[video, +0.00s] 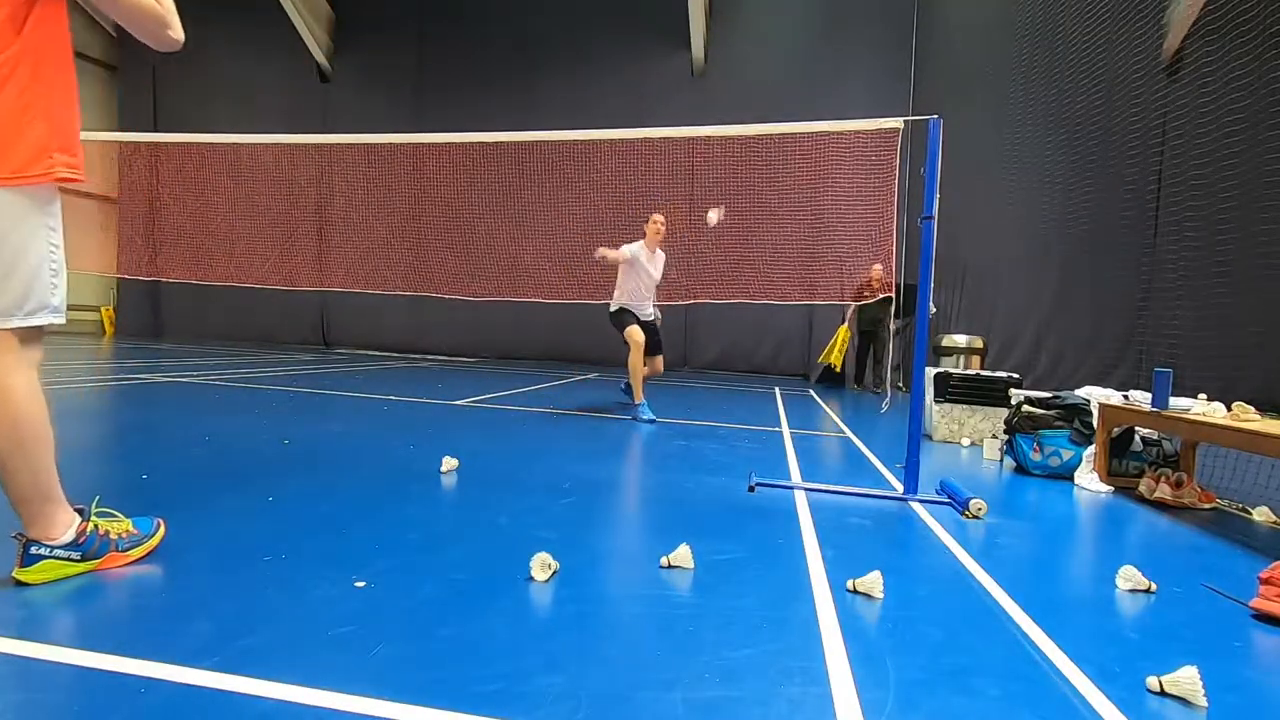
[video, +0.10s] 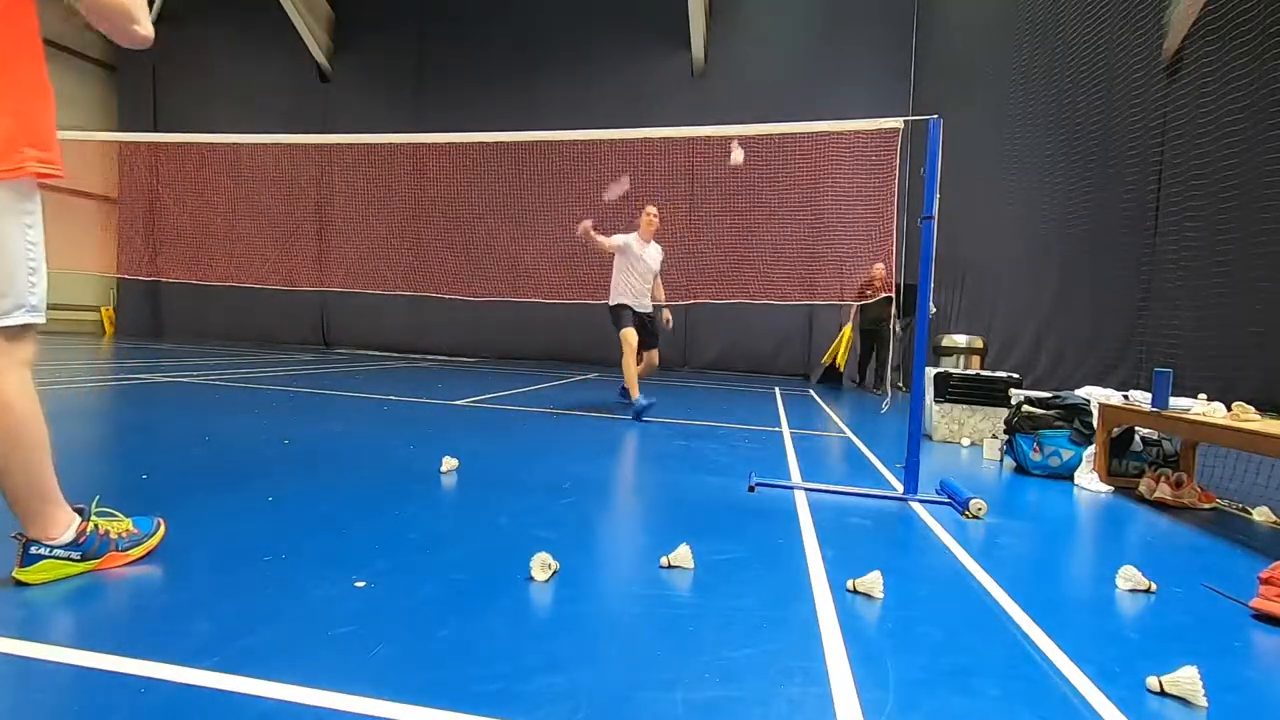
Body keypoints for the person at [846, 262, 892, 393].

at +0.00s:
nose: (877, 273)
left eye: (879, 270)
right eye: (874, 270)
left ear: (883, 273)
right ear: (870, 272)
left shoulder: (887, 288)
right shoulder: (862, 287)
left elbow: (891, 307)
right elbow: (854, 305)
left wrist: (891, 323)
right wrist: (848, 322)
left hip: (881, 327)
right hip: (864, 326)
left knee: (878, 358)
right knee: (861, 357)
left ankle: (877, 385)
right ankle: (858, 382)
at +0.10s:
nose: (879, 272)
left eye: (881, 269)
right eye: (876, 269)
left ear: (885, 272)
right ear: (871, 271)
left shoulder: (890, 286)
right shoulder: (864, 286)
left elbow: (894, 305)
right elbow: (855, 303)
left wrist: (894, 322)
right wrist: (851, 321)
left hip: (884, 325)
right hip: (866, 325)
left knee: (882, 358)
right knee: (865, 356)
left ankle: (878, 386)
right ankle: (861, 380)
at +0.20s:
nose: (882, 268)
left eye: (884, 266)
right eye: (879, 266)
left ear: (887, 268)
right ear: (873, 268)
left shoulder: (891, 284)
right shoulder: (866, 284)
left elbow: (896, 305)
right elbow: (858, 303)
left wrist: (899, 322)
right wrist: (854, 320)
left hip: (884, 325)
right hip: (867, 324)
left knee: (882, 356)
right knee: (867, 353)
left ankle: (878, 385)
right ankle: (865, 381)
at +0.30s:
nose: (885, 268)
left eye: (886, 265)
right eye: (881, 265)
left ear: (889, 267)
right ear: (875, 267)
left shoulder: (893, 284)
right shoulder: (867, 284)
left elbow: (900, 301)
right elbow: (861, 303)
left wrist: (900, 316)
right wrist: (857, 320)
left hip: (885, 323)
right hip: (869, 322)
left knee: (882, 355)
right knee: (870, 351)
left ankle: (878, 385)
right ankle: (869, 384)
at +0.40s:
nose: (884, 268)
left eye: (886, 265)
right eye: (881, 265)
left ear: (888, 267)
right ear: (875, 267)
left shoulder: (893, 284)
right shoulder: (867, 285)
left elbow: (902, 299)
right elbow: (861, 304)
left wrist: (901, 311)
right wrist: (859, 322)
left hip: (886, 324)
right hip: (869, 323)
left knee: (883, 354)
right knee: (871, 352)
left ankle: (879, 384)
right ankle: (869, 383)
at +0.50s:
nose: (884, 268)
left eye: (885, 265)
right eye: (881, 265)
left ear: (888, 267)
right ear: (875, 267)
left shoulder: (893, 284)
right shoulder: (868, 285)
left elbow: (903, 298)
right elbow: (861, 304)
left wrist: (902, 309)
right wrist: (859, 323)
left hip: (886, 325)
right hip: (870, 324)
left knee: (884, 356)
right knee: (872, 354)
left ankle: (880, 384)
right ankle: (871, 385)